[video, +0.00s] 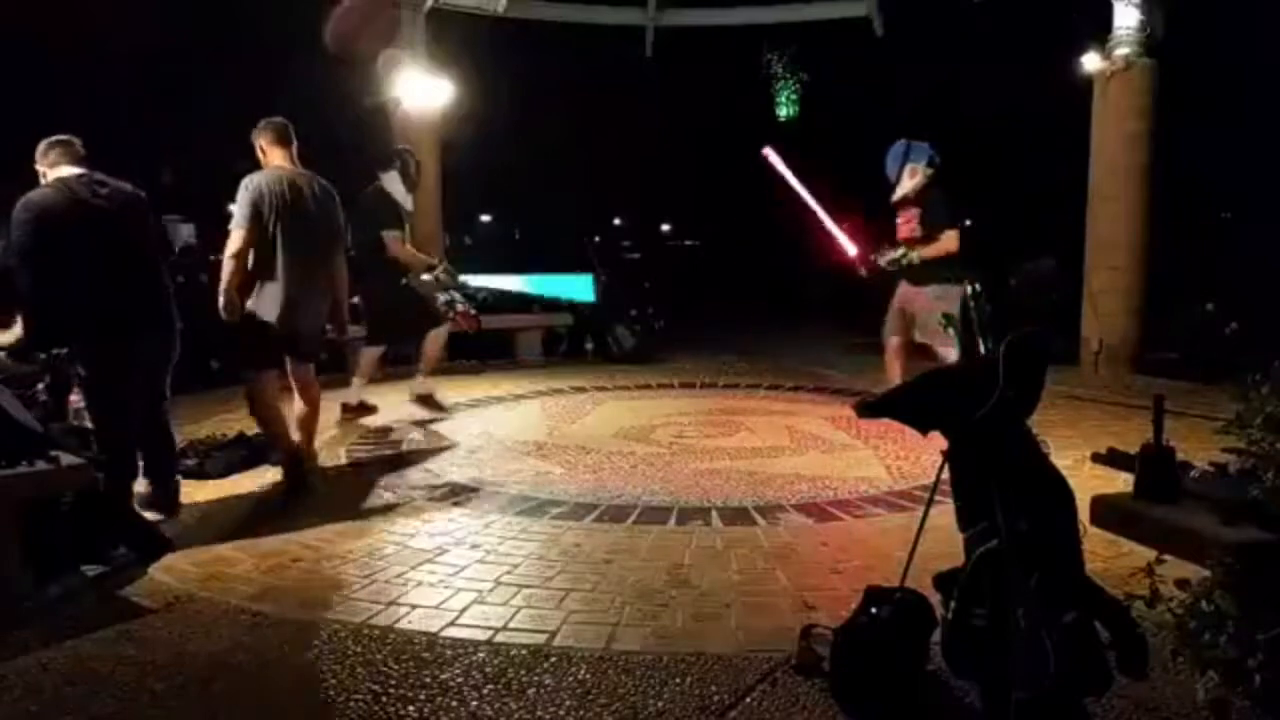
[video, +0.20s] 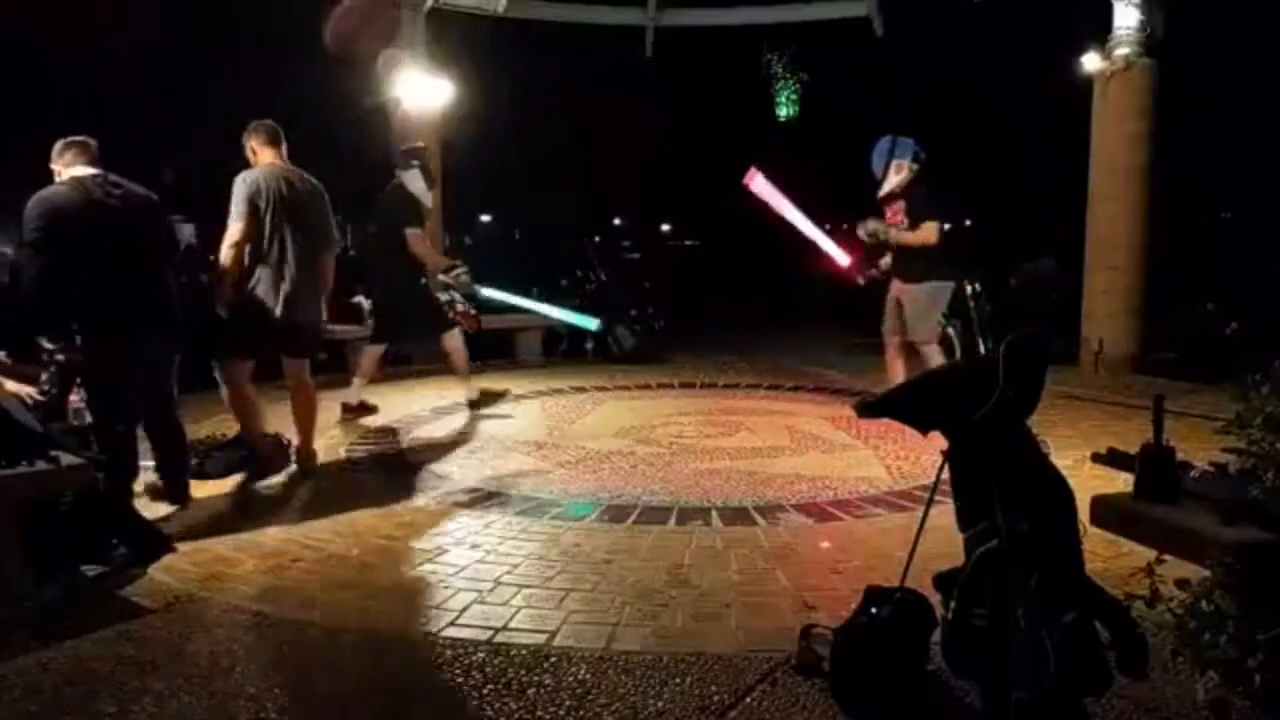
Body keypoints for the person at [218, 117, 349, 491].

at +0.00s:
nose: (260, 156)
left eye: (258, 151)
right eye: (261, 151)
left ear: (262, 149)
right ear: (295, 145)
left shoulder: (255, 185)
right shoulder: (324, 190)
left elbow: (237, 246)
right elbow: (338, 259)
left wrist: (226, 289)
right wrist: (342, 310)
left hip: (268, 304)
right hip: (313, 303)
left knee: (264, 387)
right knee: (305, 376)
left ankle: (290, 458)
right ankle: (306, 457)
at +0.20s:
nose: (249, 158)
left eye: (248, 153)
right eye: (250, 153)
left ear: (253, 150)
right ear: (284, 147)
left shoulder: (249, 181)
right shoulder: (313, 187)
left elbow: (236, 238)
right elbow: (327, 251)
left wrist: (226, 286)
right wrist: (324, 298)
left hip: (259, 297)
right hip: (303, 298)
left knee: (233, 370)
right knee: (300, 377)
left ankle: (260, 451)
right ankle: (306, 451)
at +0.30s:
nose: (236, 162)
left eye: (235, 157)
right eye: (236, 157)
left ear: (240, 152)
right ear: (271, 150)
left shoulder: (238, 182)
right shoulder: (301, 188)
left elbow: (226, 238)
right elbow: (317, 243)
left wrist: (224, 269)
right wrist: (303, 281)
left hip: (250, 298)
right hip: (295, 300)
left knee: (224, 368)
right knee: (297, 375)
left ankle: (225, 457)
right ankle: (304, 452)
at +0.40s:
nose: (225, 165)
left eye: (224, 160)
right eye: (225, 161)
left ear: (229, 156)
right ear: (258, 153)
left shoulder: (227, 186)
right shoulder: (289, 189)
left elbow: (219, 238)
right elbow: (311, 243)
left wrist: (213, 284)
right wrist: (295, 281)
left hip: (241, 300)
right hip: (288, 300)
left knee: (224, 374)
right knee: (293, 373)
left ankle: (220, 456)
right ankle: (304, 451)